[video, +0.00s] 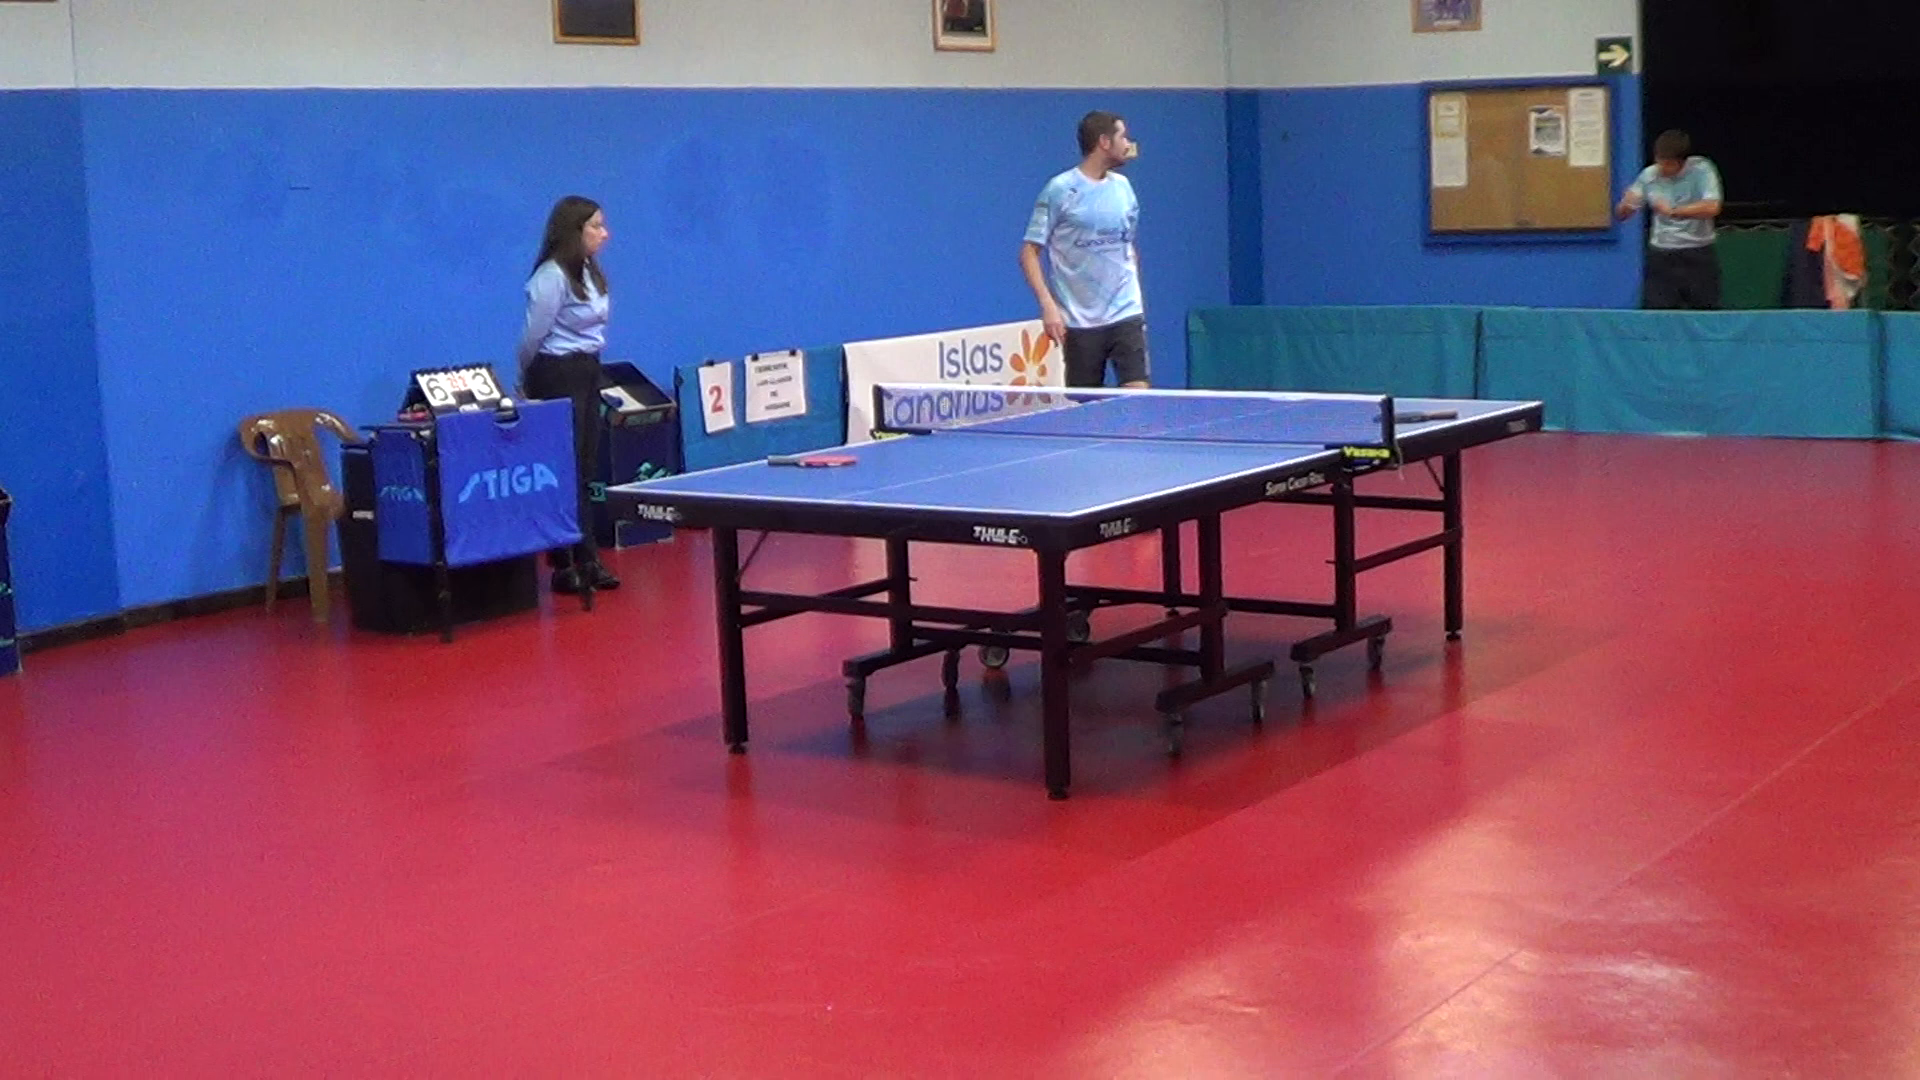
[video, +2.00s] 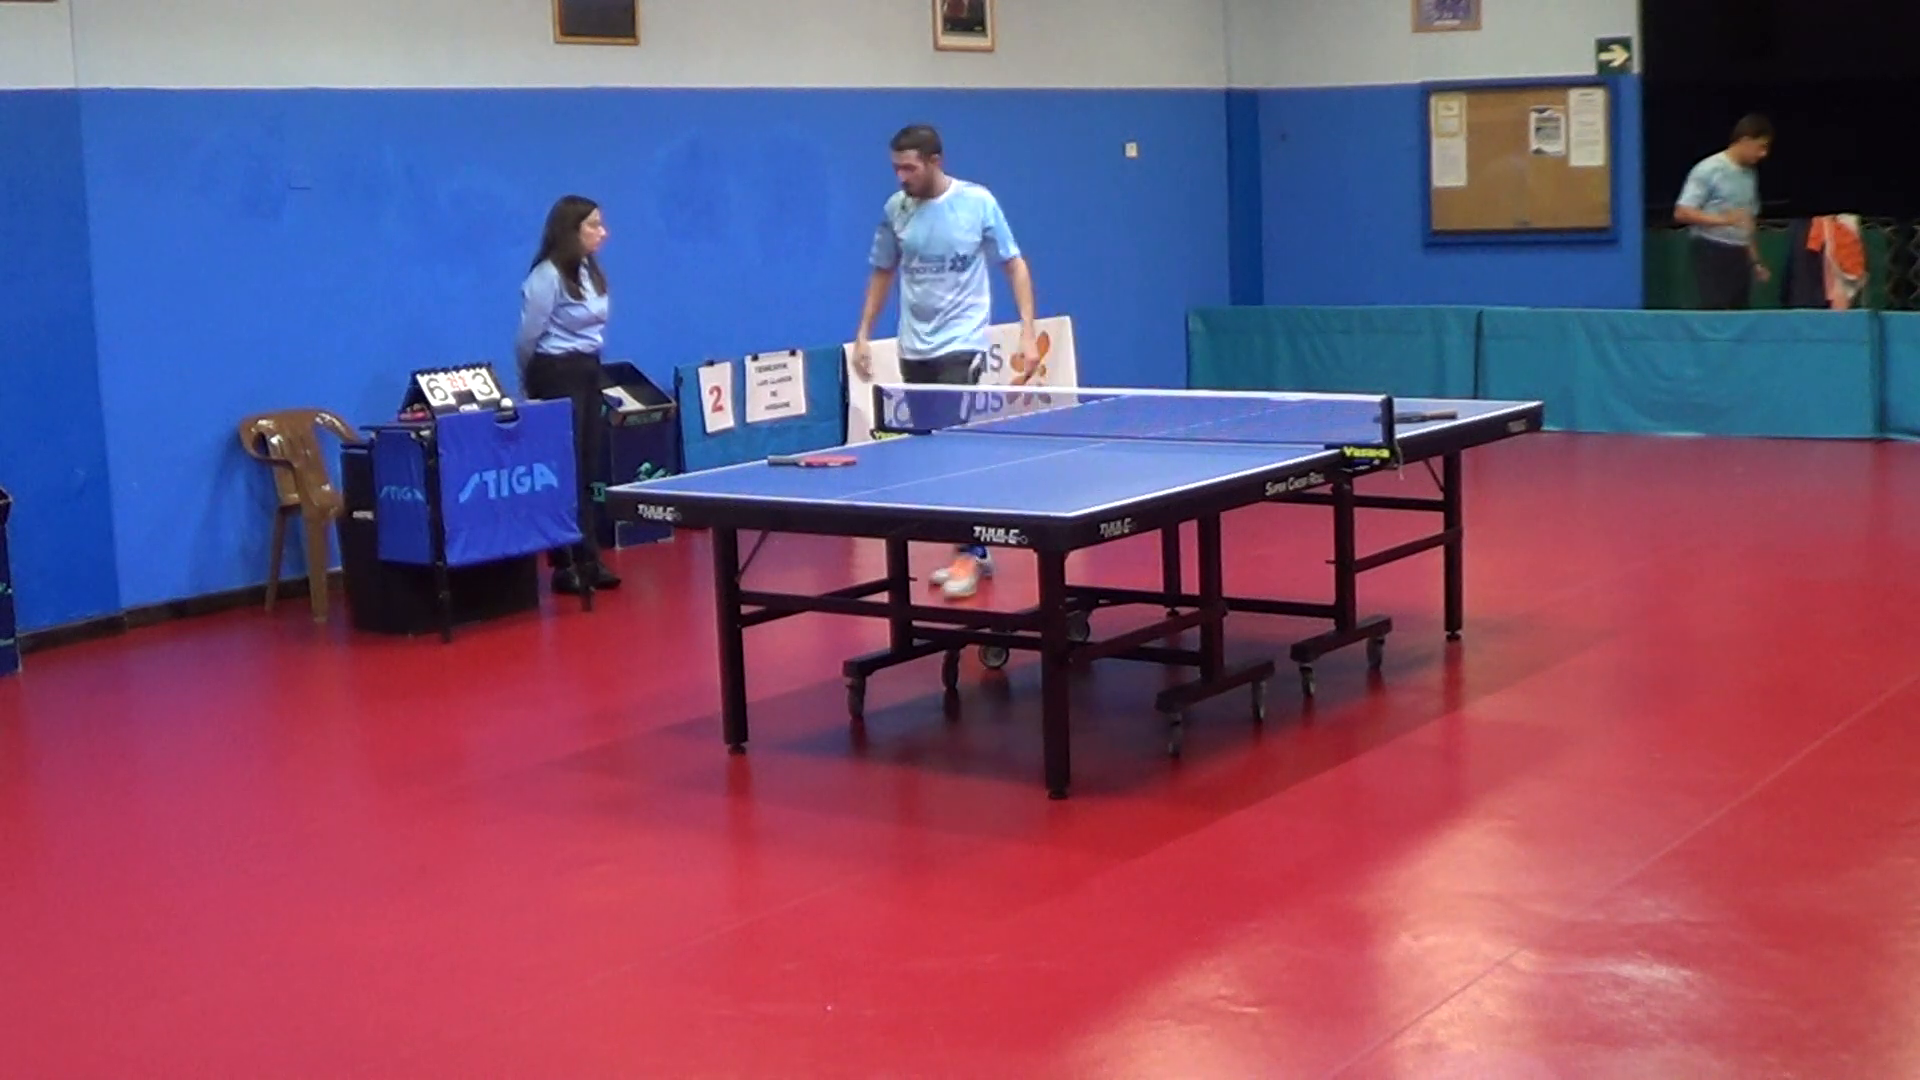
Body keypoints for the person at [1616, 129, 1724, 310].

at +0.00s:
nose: (1663, 168)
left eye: (1668, 164)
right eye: (1661, 163)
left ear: (1681, 161)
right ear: (1657, 159)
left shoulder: (1702, 169)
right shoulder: (1649, 174)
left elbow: (1712, 207)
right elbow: (1622, 214)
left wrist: (1673, 211)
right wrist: (1627, 205)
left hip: (1698, 254)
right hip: (1662, 255)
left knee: (1705, 314)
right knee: (1658, 315)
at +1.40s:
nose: (1676, 155)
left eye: (1682, 150)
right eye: (1672, 148)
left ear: (1690, 149)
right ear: (1662, 144)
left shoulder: (1705, 171)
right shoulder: (1645, 172)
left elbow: (1729, 207)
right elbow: (1619, 213)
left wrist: (1702, 217)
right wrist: (1635, 209)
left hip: (1695, 251)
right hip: (1658, 252)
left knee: (1703, 311)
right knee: (1660, 313)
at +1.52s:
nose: (1696, 150)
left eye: (1701, 145)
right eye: (1692, 143)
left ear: (1706, 146)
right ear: (1678, 139)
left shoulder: (1715, 174)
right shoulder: (1654, 173)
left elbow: (1736, 210)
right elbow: (1629, 212)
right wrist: (1647, 212)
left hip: (1703, 252)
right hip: (1664, 252)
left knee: (1706, 316)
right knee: (1664, 317)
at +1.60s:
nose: (1710, 148)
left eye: (1714, 142)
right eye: (1705, 141)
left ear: (1717, 143)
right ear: (1689, 139)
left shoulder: (1723, 176)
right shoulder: (1662, 173)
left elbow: (1735, 219)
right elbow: (1639, 211)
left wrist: (1745, 262)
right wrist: (1658, 215)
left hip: (1711, 252)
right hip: (1673, 252)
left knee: (1712, 315)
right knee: (1675, 316)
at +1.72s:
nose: (1730, 147)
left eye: (1733, 142)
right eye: (1725, 140)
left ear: (1735, 143)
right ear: (1706, 137)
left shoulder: (1736, 176)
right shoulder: (1676, 172)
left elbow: (1741, 221)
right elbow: (1651, 213)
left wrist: (1751, 262)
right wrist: (1678, 215)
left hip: (1721, 253)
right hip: (1686, 252)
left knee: (1724, 315)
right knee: (1687, 317)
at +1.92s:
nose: (1756, 154)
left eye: (1759, 148)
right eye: (1753, 147)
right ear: (1735, 141)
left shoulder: (1747, 176)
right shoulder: (1700, 170)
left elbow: (1746, 221)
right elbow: (1672, 214)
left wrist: (1753, 264)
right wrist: (1710, 217)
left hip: (1736, 251)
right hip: (1705, 249)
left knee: (1735, 314)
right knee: (1706, 315)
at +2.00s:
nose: (1763, 154)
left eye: (1766, 148)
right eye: (1761, 146)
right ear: (1744, 139)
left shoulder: (1749, 174)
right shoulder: (1708, 168)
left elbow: (1747, 223)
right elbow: (1682, 212)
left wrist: (1756, 262)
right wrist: (1724, 219)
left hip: (1739, 250)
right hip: (1711, 248)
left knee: (1739, 313)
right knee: (1716, 313)